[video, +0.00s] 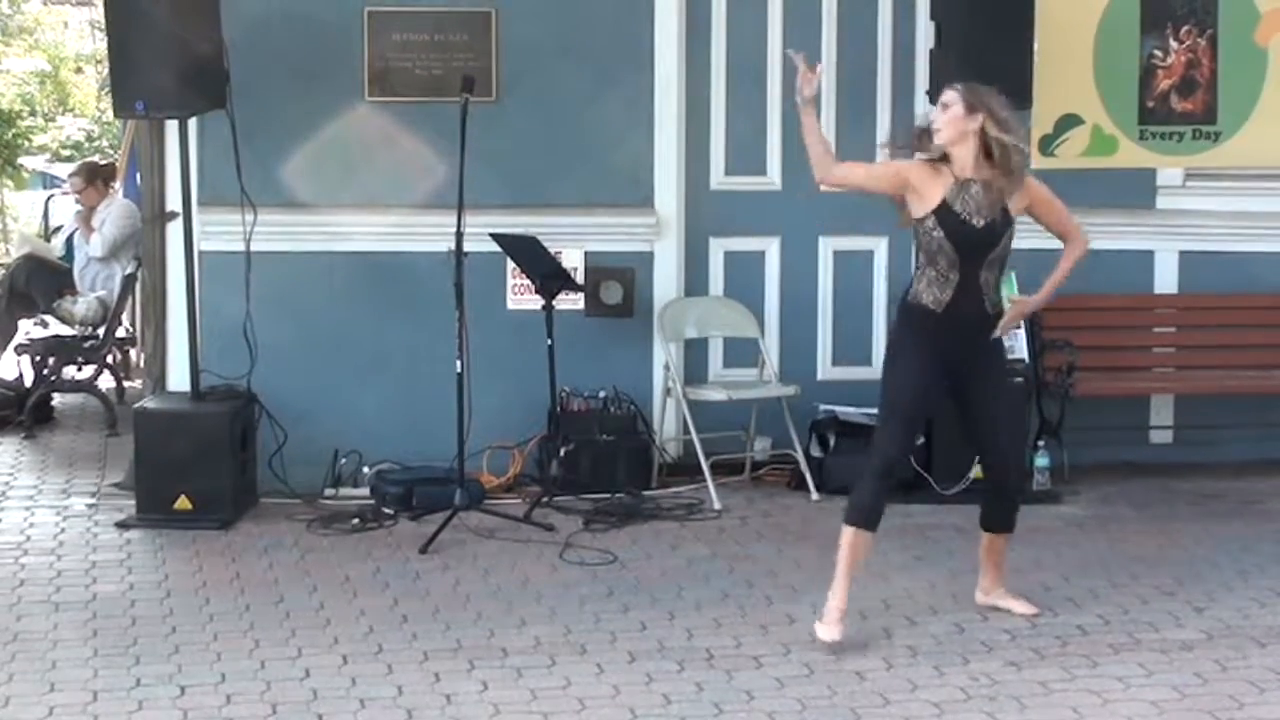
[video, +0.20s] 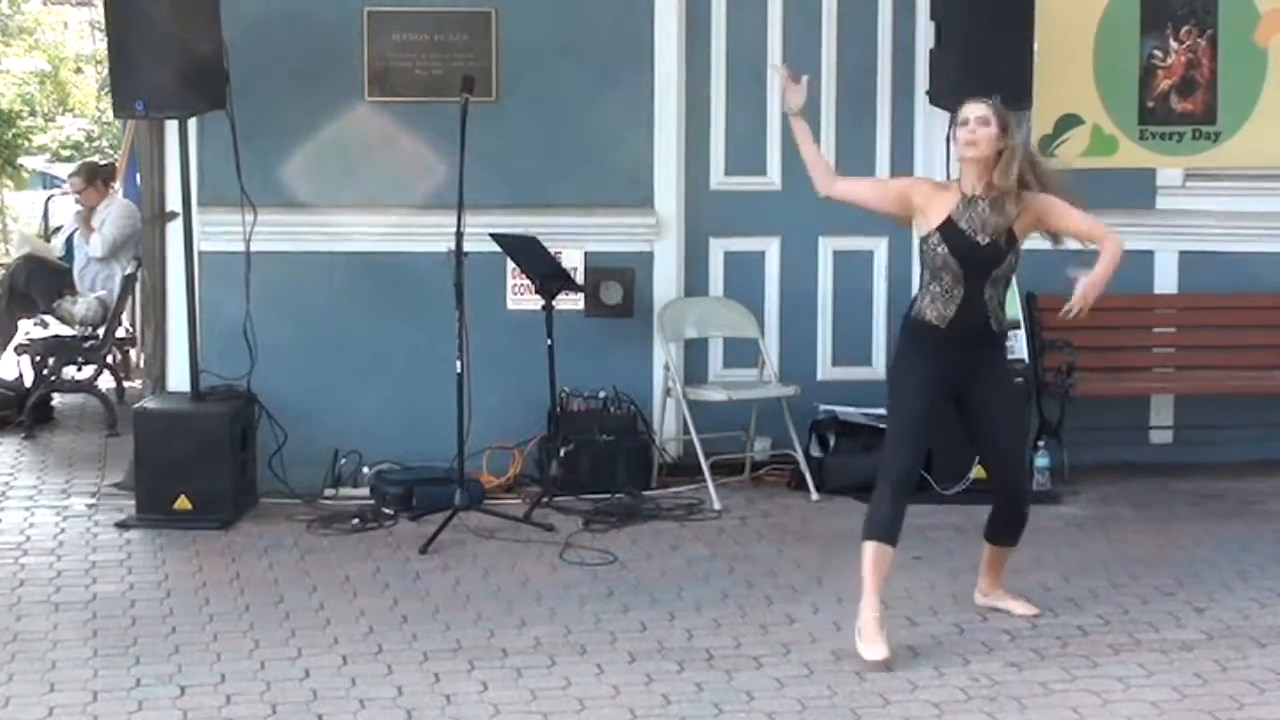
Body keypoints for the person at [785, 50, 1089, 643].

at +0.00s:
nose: (934, 115)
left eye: (947, 107)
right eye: (935, 108)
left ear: (978, 121)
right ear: (942, 124)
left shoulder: (1012, 184)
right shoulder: (915, 175)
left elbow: (1076, 240)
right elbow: (828, 173)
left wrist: (1036, 301)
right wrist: (806, 104)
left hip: (982, 340)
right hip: (919, 337)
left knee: (1008, 463)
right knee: (889, 456)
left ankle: (991, 586)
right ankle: (838, 596)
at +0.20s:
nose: (967, 128)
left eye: (980, 121)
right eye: (962, 121)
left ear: (1003, 139)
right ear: (953, 137)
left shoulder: (1027, 204)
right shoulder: (923, 195)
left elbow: (1112, 242)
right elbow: (829, 185)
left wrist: (1095, 281)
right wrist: (796, 115)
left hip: (988, 356)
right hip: (924, 351)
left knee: (1015, 483)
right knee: (900, 468)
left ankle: (989, 588)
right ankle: (869, 615)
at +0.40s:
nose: (970, 106)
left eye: (971, 98)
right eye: (956, 99)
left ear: (973, 115)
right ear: (925, 115)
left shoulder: (994, 178)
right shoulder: (893, 178)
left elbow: (1079, 169)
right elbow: (798, 181)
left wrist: (1106, 99)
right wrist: (767, 115)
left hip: (970, 343)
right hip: (908, 342)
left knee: (987, 462)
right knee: (890, 469)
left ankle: (991, 577)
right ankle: (857, 621)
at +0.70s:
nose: (918, 100)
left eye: (922, 93)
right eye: (904, 94)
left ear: (931, 110)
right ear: (876, 114)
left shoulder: (953, 178)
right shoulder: (851, 180)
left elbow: (1037, 220)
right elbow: (774, 238)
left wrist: (1080, 148)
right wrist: (725, 174)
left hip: (937, 346)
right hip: (872, 348)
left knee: (943, 482)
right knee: (871, 484)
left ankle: (944, 621)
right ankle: (855, 635)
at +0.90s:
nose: (911, 119)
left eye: (917, 110)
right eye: (897, 113)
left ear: (927, 125)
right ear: (872, 131)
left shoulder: (952, 191)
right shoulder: (846, 197)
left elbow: (1020, 254)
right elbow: (784, 272)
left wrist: (1079, 206)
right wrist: (730, 217)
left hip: (925, 353)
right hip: (859, 355)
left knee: (927, 490)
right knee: (868, 490)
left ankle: (922, 632)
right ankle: (860, 636)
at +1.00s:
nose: (913, 136)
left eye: (920, 127)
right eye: (901, 128)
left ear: (930, 137)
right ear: (876, 140)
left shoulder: (953, 199)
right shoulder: (849, 206)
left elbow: (1012, 269)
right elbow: (791, 287)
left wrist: (1072, 236)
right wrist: (743, 242)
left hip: (920, 357)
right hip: (854, 358)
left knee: (926, 492)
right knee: (869, 490)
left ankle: (920, 633)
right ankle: (859, 637)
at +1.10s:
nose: (914, 154)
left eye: (922, 144)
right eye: (902, 145)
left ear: (933, 153)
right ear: (879, 154)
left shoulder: (953, 210)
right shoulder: (850, 217)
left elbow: (1005, 283)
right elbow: (796, 301)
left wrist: (1069, 263)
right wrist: (753, 265)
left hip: (918, 362)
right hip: (854, 364)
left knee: (925, 497)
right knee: (869, 495)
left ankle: (918, 634)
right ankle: (860, 638)